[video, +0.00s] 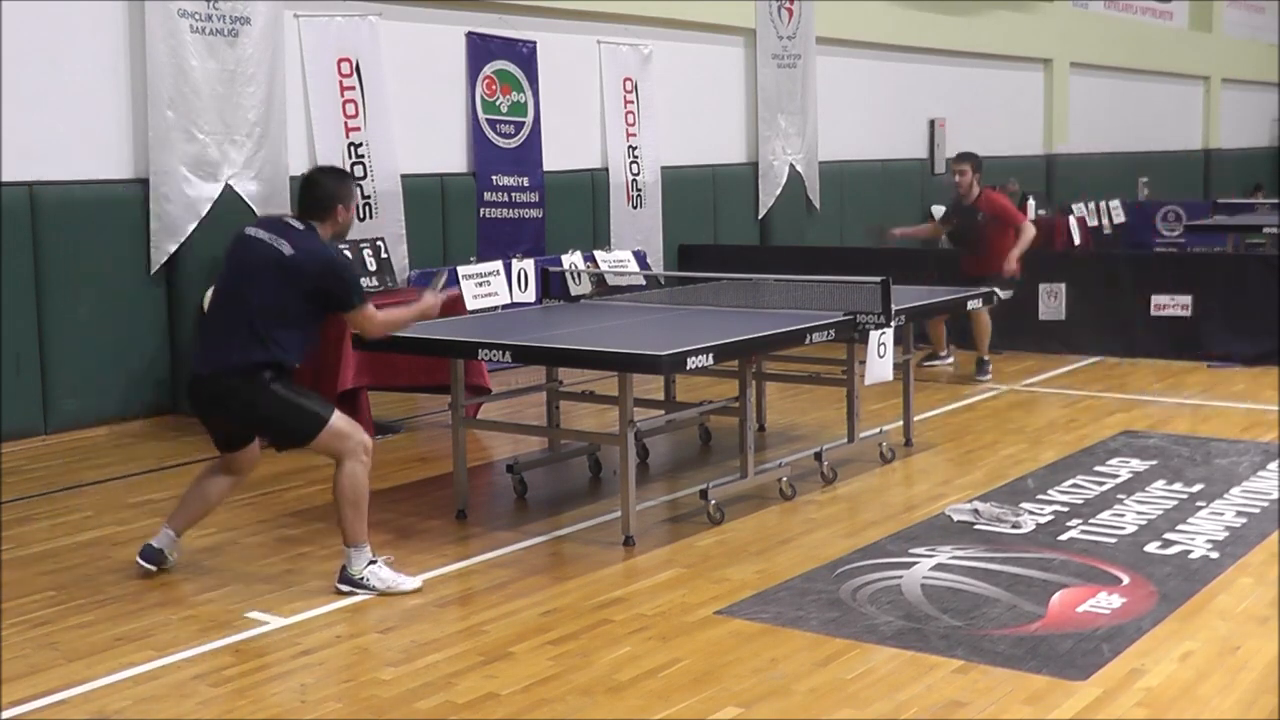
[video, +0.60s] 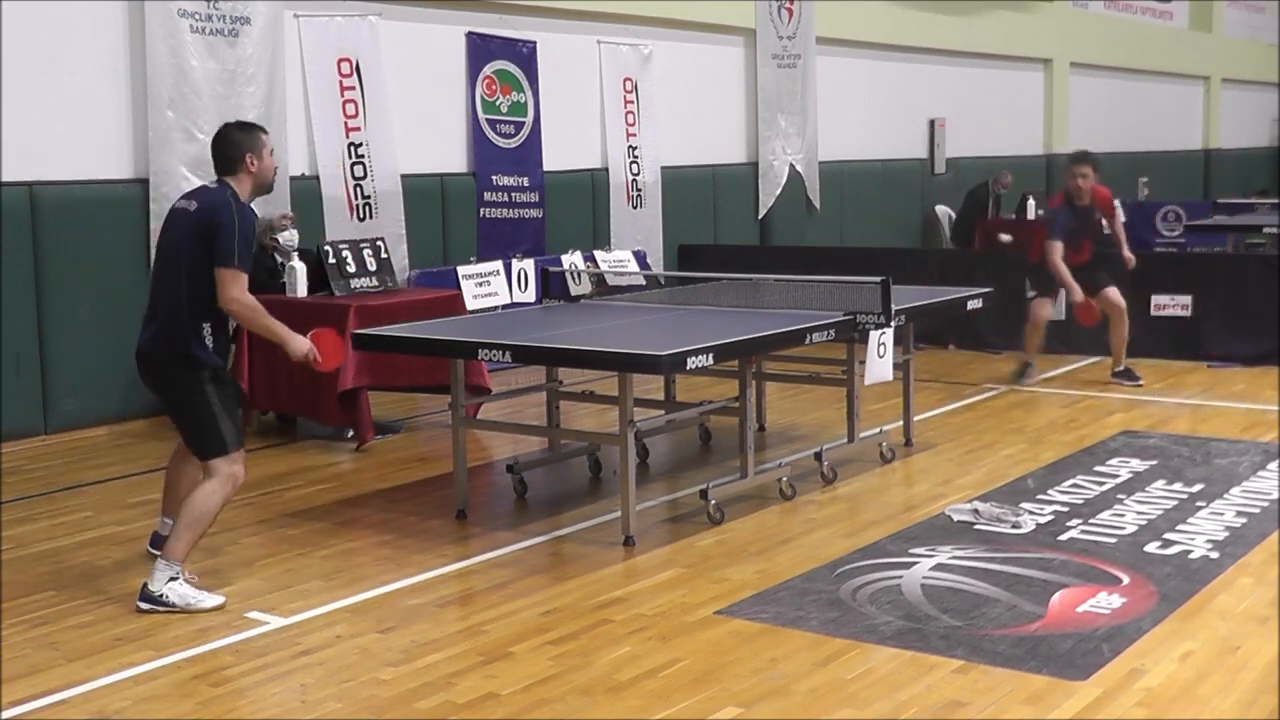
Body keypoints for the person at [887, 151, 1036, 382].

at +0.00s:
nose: (956, 179)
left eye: (962, 174)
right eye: (954, 174)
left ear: (976, 175)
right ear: (951, 175)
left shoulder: (994, 201)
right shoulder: (957, 205)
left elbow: (1029, 229)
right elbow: (936, 229)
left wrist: (1013, 256)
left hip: (997, 275)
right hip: (966, 275)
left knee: (977, 306)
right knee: (934, 309)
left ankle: (983, 360)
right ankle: (941, 353)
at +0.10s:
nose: (959, 170)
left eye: (964, 165)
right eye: (956, 165)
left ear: (978, 166)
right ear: (954, 166)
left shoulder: (998, 192)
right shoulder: (957, 197)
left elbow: (1033, 218)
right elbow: (939, 226)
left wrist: (1015, 245)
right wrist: (910, 239)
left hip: (1004, 271)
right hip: (970, 270)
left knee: (995, 314)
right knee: (938, 305)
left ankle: (984, 360)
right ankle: (939, 351)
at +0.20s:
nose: (971, 160)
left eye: (977, 154)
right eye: (968, 155)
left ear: (989, 155)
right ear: (964, 156)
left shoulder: (1011, 180)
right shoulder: (963, 187)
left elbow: (1043, 204)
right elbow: (942, 219)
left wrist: (1030, 235)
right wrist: (923, 238)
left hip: (1021, 256)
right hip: (983, 257)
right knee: (952, 297)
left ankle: (1017, 349)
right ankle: (948, 347)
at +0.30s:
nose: (983, 166)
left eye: (989, 160)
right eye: (979, 160)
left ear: (1000, 161)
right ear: (975, 162)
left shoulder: (1019, 184)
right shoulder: (971, 191)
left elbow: (1050, 208)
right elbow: (949, 225)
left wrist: (1044, 244)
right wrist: (933, 250)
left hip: (1028, 256)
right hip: (990, 257)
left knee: (1046, 296)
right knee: (957, 295)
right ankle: (958, 353)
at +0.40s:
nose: (1015, 169)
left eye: (1020, 163)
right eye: (1011, 163)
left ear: (1032, 165)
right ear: (1006, 165)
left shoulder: (1049, 187)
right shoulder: (997, 195)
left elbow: (1066, 208)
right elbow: (981, 238)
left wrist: (1073, 239)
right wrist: (985, 266)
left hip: (1051, 264)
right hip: (1009, 268)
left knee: (1083, 304)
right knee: (972, 313)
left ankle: (1110, 363)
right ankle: (961, 357)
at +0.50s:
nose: (1043, 168)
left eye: (1048, 163)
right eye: (1039, 163)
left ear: (1060, 164)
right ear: (1033, 165)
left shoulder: (1074, 186)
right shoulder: (1024, 196)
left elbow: (1088, 208)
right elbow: (1012, 244)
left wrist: (1093, 240)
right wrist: (1028, 272)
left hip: (1069, 263)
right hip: (1031, 267)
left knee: (1102, 307)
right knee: (1001, 323)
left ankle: (1117, 367)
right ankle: (967, 353)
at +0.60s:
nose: (1078, 183)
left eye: (1084, 177)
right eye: (1074, 177)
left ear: (1094, 179)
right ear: (1067, 179)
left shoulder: (1102, 197)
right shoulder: (1058, 206)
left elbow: (1114, 219)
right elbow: (1053, 256)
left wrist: (1124, 248)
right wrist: (1073, 289)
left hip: (1084, 265)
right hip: (1050, 266)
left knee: (1118, 307)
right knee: (1039, 316)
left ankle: (1119, 367)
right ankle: (1029, 363)